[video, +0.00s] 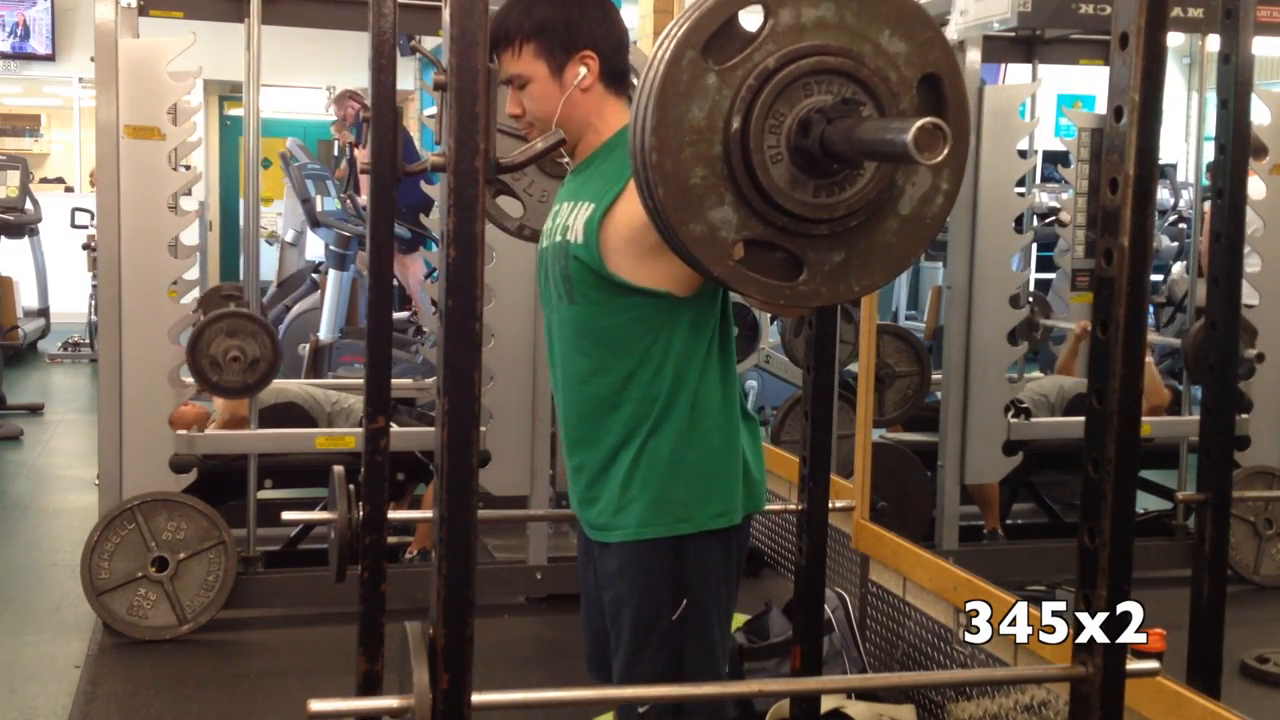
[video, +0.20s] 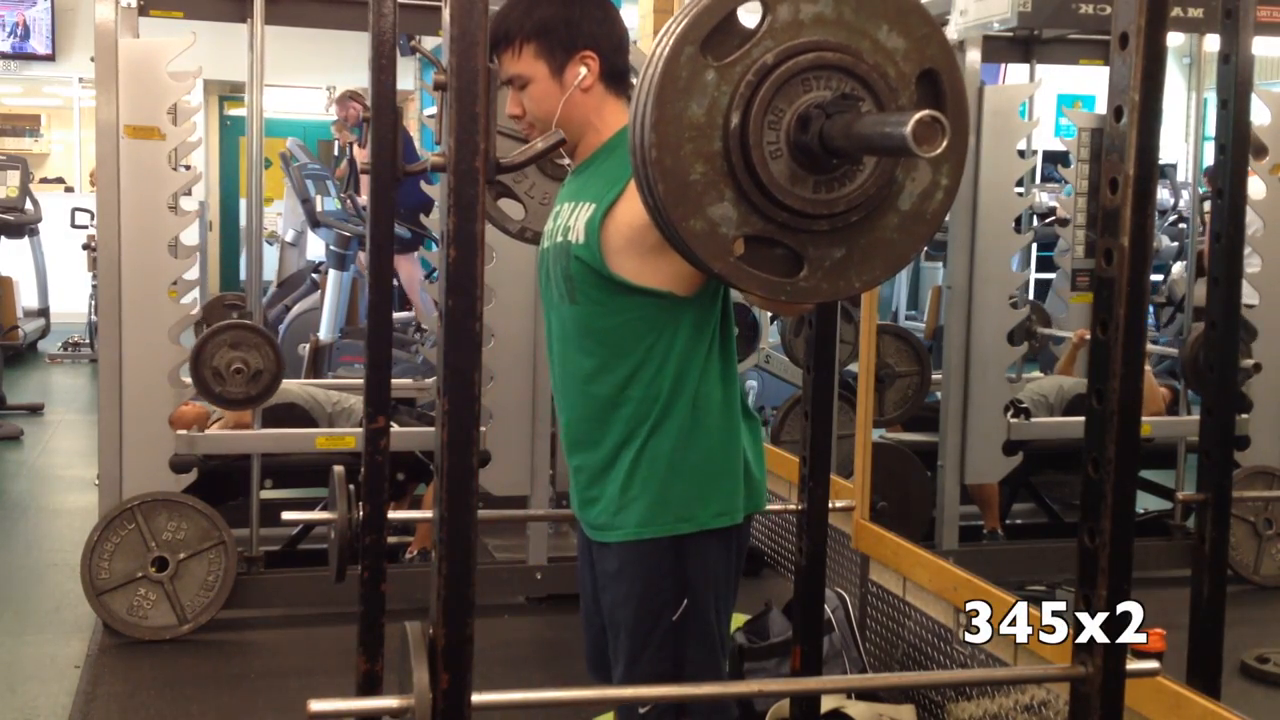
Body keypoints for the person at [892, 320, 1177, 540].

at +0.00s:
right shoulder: (1091, 388)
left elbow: (1157, 401)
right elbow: (1059, 378)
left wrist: (1143, 352)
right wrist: (1077, 338)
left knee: (978, 455)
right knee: (975, 456)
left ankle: (993, 530)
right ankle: (993, 528)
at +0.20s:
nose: (1158, 390)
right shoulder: (1104, 385)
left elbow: (1155, 409)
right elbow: (1058, 382)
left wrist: (1139, 358)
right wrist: (1074, 348)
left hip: (1025, 415)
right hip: (1005, 406)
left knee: (978, 453)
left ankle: (992, 530)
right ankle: (992, 527)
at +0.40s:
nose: (1158, 392)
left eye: (1162, 394)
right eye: (1158, 389)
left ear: (1163, 403)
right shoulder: (1100, 389)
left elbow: (1153, 406)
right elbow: (1058, 381)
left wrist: (1138, 353)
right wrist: (1074, 343)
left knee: (977, 451)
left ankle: (992, 531)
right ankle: (992, 530)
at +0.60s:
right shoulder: (1088, 391)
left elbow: (1153, 397)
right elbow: (1063, 375)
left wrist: (1139, 340)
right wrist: (1076, 332)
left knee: (979, 453)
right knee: (978, 452)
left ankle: (992, 529)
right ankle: (992, 528)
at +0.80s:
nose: (1162, 392)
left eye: (1163, 395)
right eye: (1163, 392)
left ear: (1160, 407)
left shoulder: (1124, 415)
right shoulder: (1083, 389)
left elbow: (1152, 390)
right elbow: (1070, 365)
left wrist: (1141, 334)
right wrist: (1079, 323)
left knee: (979, 451)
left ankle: (992, 529)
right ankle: (991, 527)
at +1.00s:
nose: (1157, 389)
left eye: (1160, 393)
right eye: (1159, 389)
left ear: (1161, 407)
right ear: (1152, 395)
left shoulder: (1145, 405)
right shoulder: (1108, 389)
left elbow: (1148, 370)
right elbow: (1075, 357)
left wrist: (1139, 318)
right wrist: (1082, 314)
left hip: (1023, 411)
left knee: (978, 449)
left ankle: (993, 529)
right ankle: (991, 526)